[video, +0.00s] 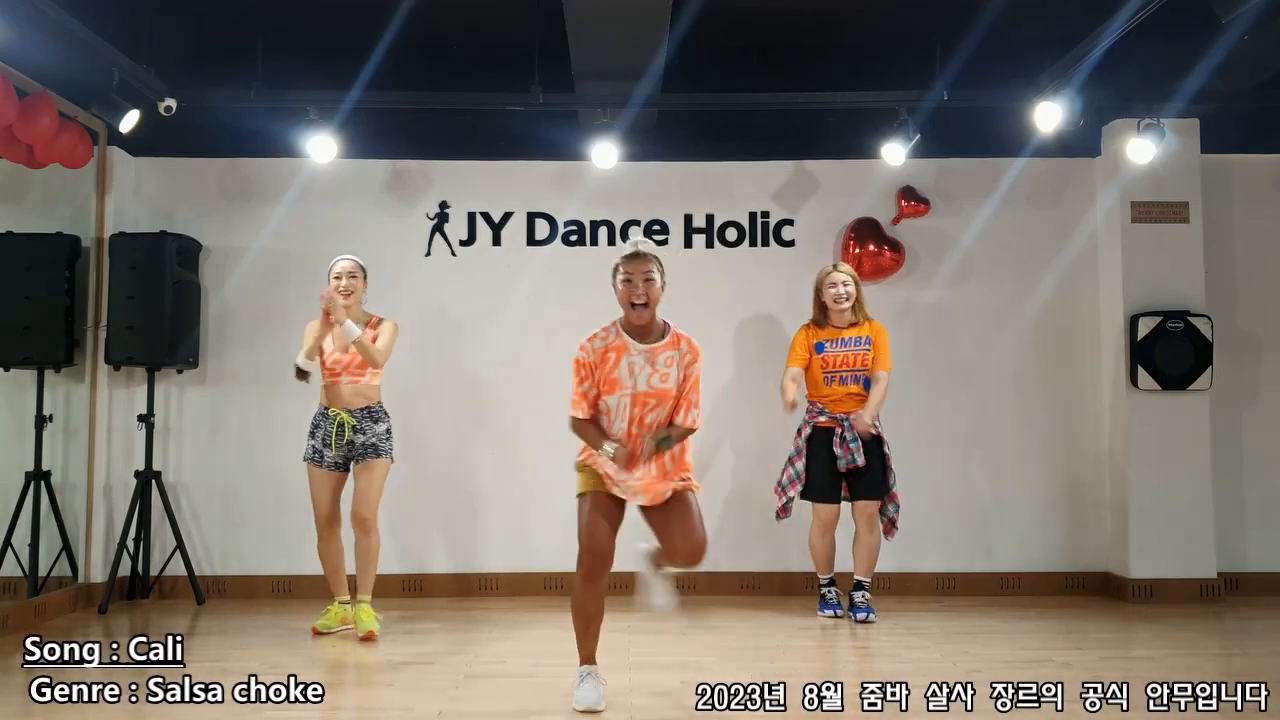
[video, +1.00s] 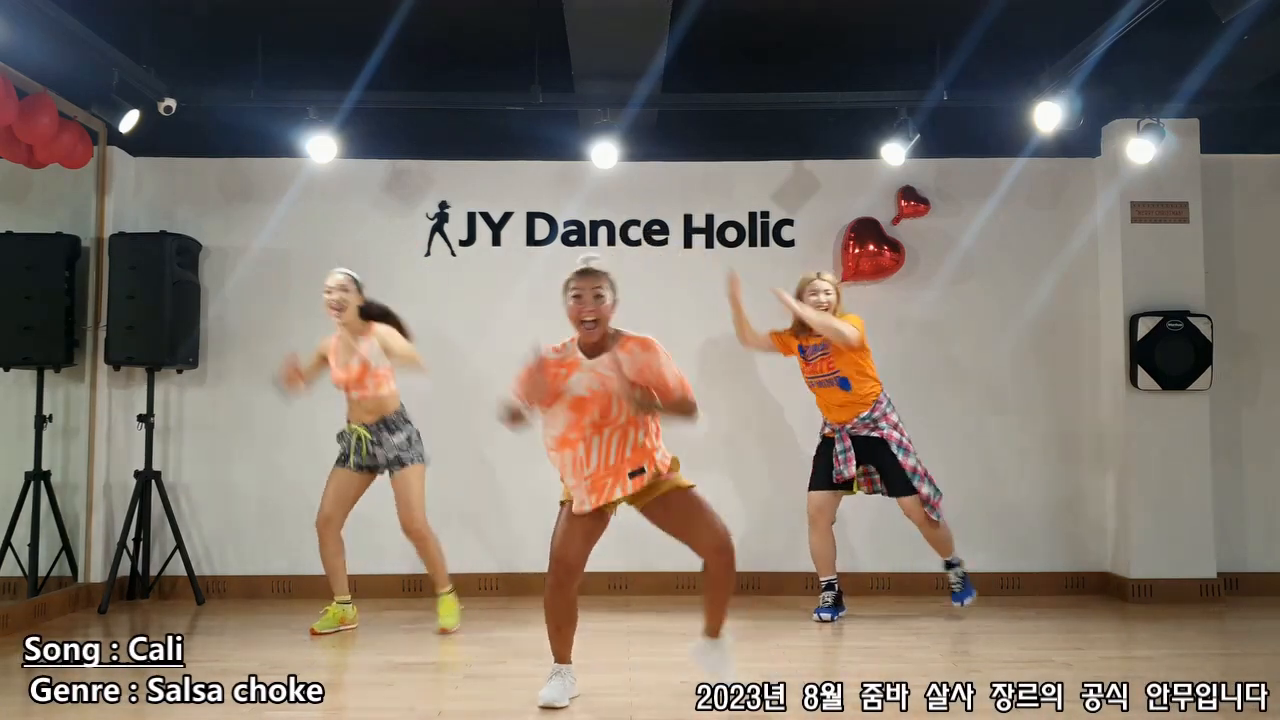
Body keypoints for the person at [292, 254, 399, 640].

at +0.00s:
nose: (344, 282)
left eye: (353, 276)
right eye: (338, 276)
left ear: (364, 287)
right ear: (328, 287)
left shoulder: (382, 326)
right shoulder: (318, 327)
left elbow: (377, 359)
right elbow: (303, 372)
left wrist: (343, 320)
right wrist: (308, 355)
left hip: (371, 425)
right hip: (328, 426)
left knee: (363, 518)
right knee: (326, 520)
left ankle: (365, 605)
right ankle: (341, 604)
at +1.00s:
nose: (334, 298)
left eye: (343, 291)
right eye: (328, 291)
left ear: (360, 297)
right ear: (323, 298)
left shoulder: (379, 332)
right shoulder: (329, 345)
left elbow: (416, 362)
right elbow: (301, 383)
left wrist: (377, 361)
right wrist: (293, 375)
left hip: (396, 433)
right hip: (358, 438)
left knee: (413, 523)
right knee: (327, 522)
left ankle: (446, 595)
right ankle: (342, 605)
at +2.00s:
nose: (506, 292)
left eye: (512, 286)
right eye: (498, 287)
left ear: (518, 294)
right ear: (484, 295)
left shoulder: (524, 334)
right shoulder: (473, 330)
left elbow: (569, 341)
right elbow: (499, 338)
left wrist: (602, 333)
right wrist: (552, 328)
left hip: (488, 434)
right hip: (446, 426)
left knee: (515, 516)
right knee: (396, 514)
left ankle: (520, 605)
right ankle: (358, 588)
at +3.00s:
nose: (290, 279)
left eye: (297, 274)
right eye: (291, 273)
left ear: (318, 282)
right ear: (297, 282)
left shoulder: (338, 316)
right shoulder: (298, 322)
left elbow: (349, 288)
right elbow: (257, 313)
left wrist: (319, 262)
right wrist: (245, 284)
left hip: (362, 418)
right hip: (324, 427)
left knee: (403, 508)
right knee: (294, 517)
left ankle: (447, 589)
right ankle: (279, 607)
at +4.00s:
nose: (478, 301)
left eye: (481, 294)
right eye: (468, 295)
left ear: (487, 300)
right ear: (449, 303)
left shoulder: (490, 348)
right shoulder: (434, 346)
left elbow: (516, 396)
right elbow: (394, 400)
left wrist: (520, 415)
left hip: (474, 443)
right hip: (430, 444)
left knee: (514, 526)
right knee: (385, 532)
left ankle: (524, 610)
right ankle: (383, 612)